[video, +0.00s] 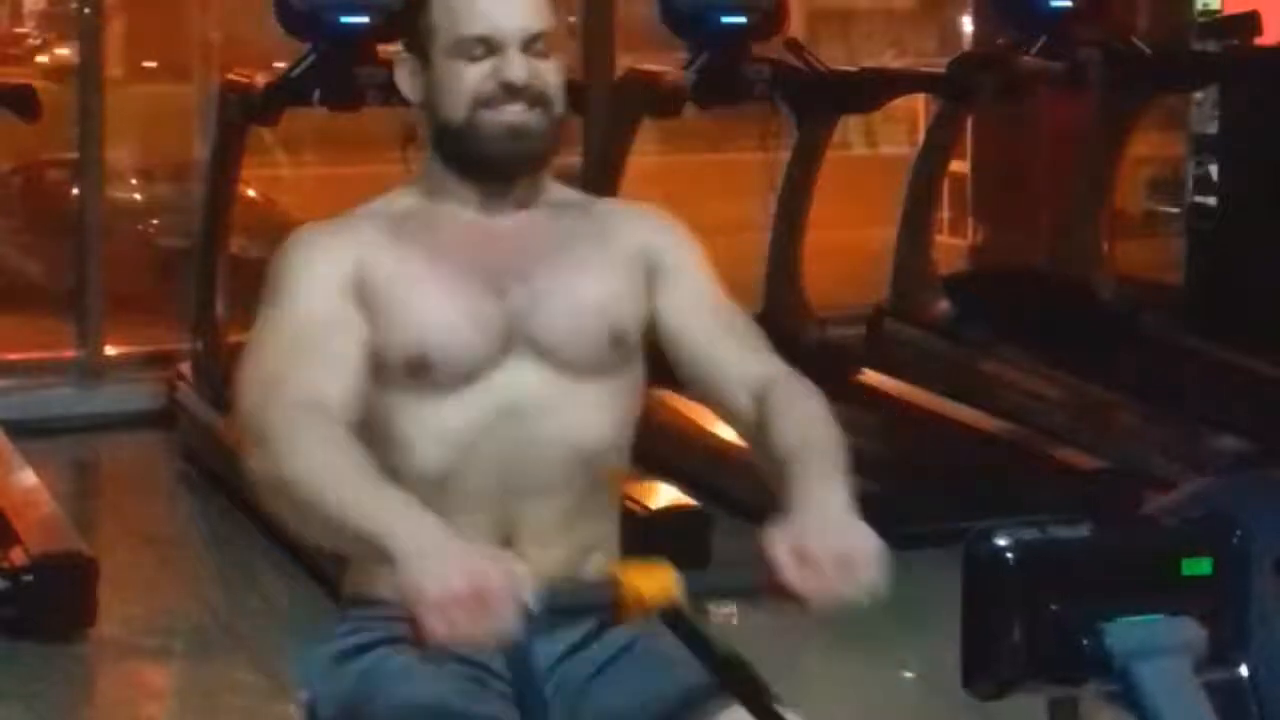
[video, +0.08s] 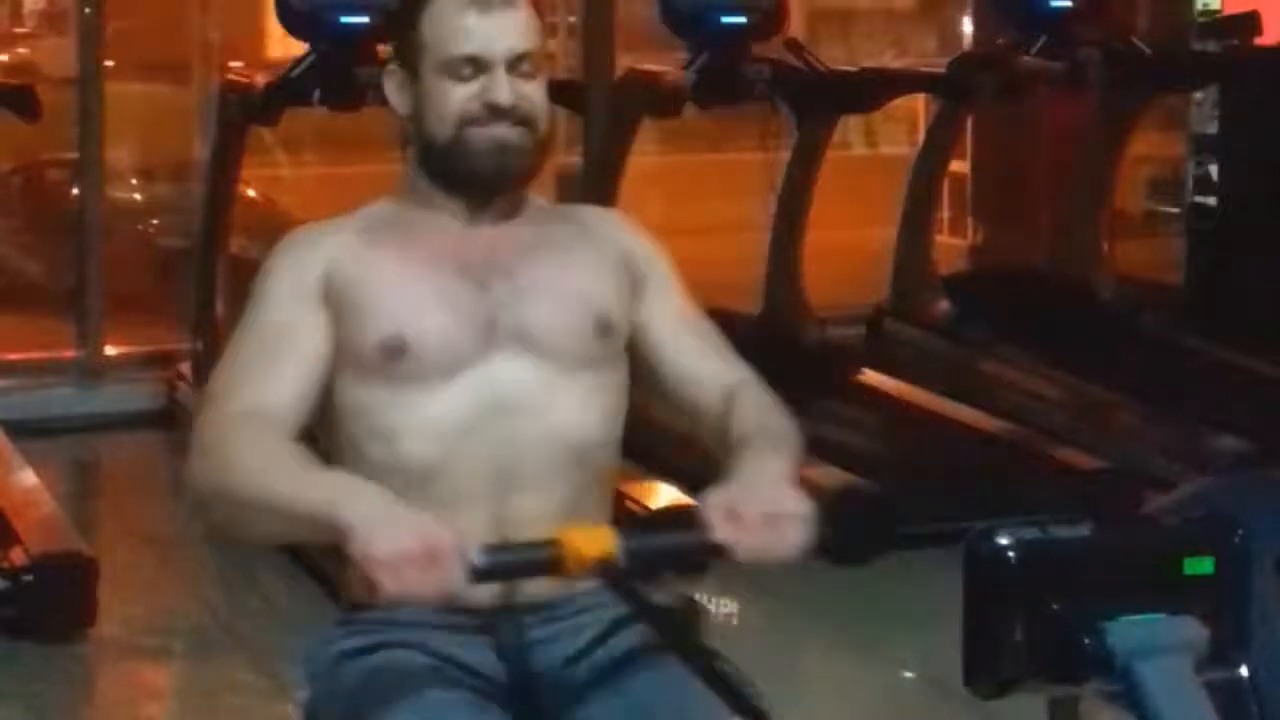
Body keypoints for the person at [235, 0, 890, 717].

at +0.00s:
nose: (516, 76)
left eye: (537, 50)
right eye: (476, 52)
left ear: (566, 70)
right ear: (412, 76)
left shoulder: (640, 242)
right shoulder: (335, 257)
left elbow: (769, 389)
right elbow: (289, 434)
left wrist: (822, 502)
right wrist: (423, 546)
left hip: (601, 624)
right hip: (413, 631)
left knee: (733, 710)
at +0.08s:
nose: (502, 94)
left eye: (524, 70)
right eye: (466, 72)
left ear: (548, 88)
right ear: (401, 91)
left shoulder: (610, 247)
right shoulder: (324, 260)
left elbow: (741, 400)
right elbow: (228, 456)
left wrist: (760, 474)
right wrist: (361, 506)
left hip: (601, 622)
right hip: (410, 635)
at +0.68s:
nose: (529, 92)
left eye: (550, 67)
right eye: (492, 68)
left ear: (575, 87)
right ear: (425, 90)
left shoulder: (632, 258)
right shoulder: (339, 266)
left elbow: (776, 405)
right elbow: (222, 449)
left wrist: (780, 484)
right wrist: (367, 530)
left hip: (616, 620)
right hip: (426, 630)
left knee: (779, 715)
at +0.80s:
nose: (568, 88)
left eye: (589, 62)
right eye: (529, 64)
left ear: (614, 83)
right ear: (461, 89)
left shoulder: (678, 268)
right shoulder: (370, 272)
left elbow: (825, 404)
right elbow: (307, 454)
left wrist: (864, 535)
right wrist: (445, 601)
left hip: (622, 635)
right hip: (422, 639)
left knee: (761, 708)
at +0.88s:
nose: (584, 93)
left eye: (605, 65)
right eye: (544, 67)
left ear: (634, 88)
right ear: (476, 97)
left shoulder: (702, 281)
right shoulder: (384, 285)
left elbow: (850, 421)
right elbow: (346, 473)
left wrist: (906, 561)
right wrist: (479, 634)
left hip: (634, 641)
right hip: (427, 647)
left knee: (805, 694)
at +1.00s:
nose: (618, 111)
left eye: (643, 78)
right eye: (575, 82)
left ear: (674, 100)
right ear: (506, 114)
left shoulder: (743, 302)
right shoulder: (403, 312)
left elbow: (890, 453)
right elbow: (408, 524)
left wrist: (971, 627)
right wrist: (538, 698)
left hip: (650, 652)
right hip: (448, 662)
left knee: (817, 699)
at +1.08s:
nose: (644, 126)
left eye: (668, 95)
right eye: (600, 97)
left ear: (696, 118)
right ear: (524, 129)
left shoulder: (768, 320)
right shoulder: (420, 329)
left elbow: (913, 480)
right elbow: (439, 531)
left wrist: (1036, 672)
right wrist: (560, 713)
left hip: (652, 664)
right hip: (457, 671)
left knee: (836, 694)